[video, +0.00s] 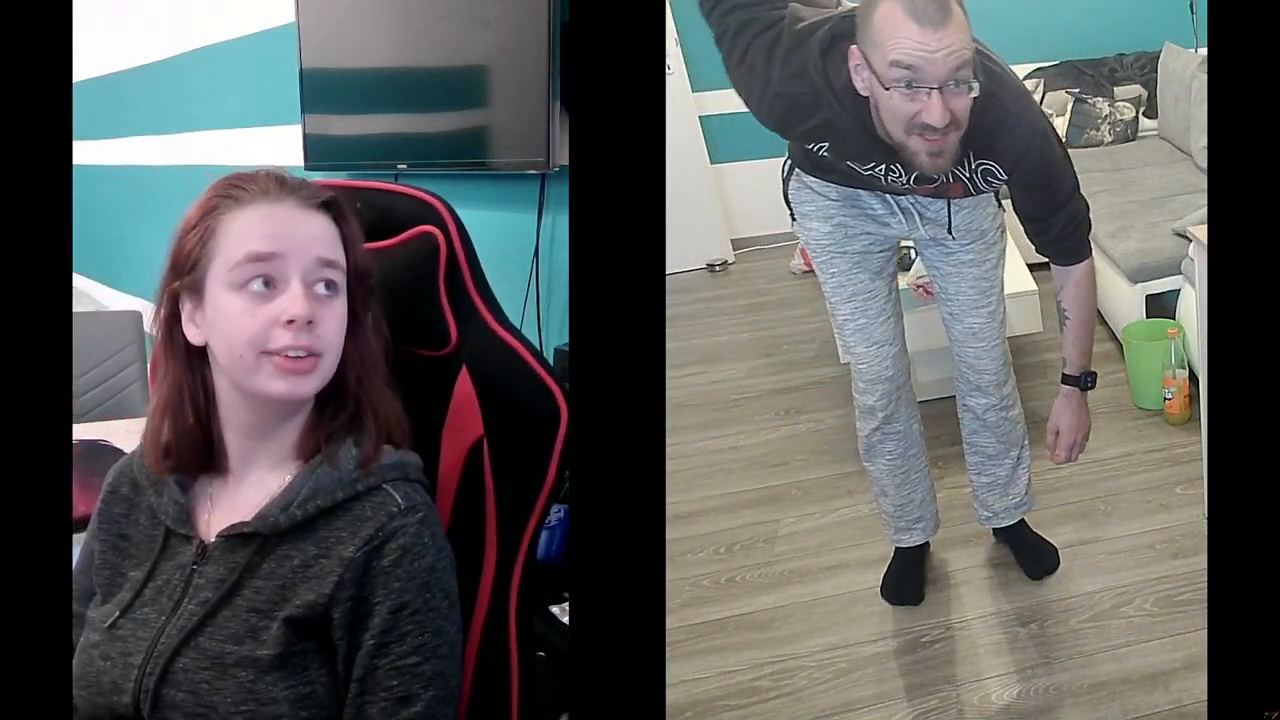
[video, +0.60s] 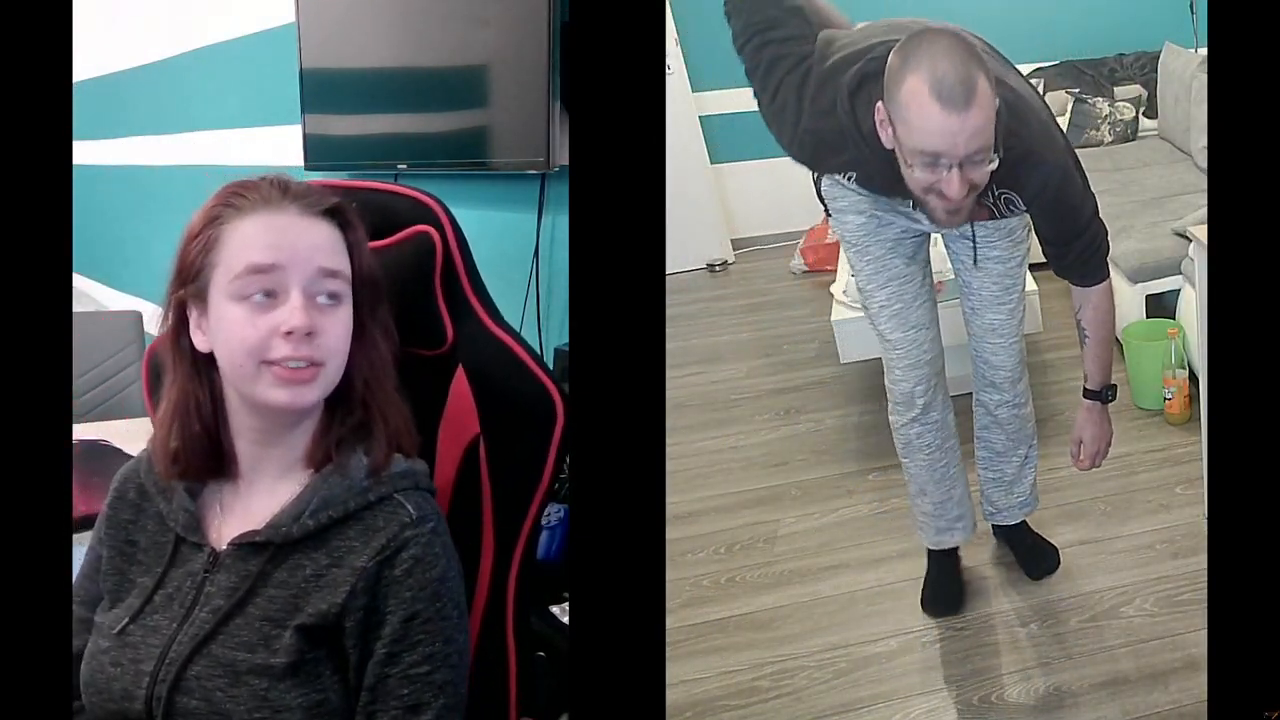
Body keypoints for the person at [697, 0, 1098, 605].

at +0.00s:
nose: (938, 112)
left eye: (957, 82)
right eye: (910, 85)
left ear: (973, 64)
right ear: (861, 71)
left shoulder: (1012, 120)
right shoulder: (790, 76)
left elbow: (1071, 249)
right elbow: (722, 3)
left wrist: (1077, 385)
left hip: (963, 194)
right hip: (837, 189)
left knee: (985, 362)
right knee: (877, 376)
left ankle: (1007, 513)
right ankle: (909, 534)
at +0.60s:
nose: (955, 188)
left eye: (974, 162)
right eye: (931, 162)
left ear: (995, 122)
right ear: (887, 127)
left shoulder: (1034, 150)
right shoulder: (818, 119)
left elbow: (1090, 271)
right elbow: (748, 3)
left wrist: (1097, 397)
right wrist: (844, 40)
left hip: (990, 192)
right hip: (867, 179)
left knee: (1001, 357)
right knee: (912, 370)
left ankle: (1010, 516)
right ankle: (941, 542)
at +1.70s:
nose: (904, 508)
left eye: (916, 490)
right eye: (876, 503)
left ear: (935, 407)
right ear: (823, 432)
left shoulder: (1001, 358)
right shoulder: (770, 377)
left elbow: (1117, 481)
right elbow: (730, 462)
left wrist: (1152, 642)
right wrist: (773, 592)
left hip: (936, 163)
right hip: (817, 169)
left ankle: (956, 402)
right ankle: (951, 556)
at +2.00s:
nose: (936, 587)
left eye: (953, 569)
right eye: (909, 579)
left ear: (974, 477)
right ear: (857, 502)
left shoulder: (1039, 439)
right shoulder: (794, 443)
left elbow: (1111, 579)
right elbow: (744, 570)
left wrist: (1164, 706)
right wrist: (761, 713)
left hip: (973, 212)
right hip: (848, 212)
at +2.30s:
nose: (976, 629)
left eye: (995, 612)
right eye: (950, 621)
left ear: (1018, 515)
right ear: (896, 540)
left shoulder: (1072, 460)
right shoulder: (825, 500)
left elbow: (1133, 591)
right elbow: (793, 663)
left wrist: (1169, 707)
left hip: (987, 239)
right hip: (860, 249)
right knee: (846, 348)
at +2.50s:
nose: (968, 643)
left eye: (986, 625)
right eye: (938, 639)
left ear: (1005, 526)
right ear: (881, 556)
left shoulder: (1064, 465)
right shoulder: (807, 522)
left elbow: (1131, 593)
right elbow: (782, 680)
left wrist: (1169, 707)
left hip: (978, 252)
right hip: (851, 266)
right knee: (829, 356)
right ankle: (816, 336)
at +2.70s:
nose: (904, 659)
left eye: (919, 640)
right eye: (873, 652)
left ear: (946, 542)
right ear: (816, 569)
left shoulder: (1023, 473)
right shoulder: (761, 526)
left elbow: (1113, 597)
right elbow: (759, 686)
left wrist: (1165, 709)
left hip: (953, 269)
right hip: (827, 282)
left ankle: (958, 547)